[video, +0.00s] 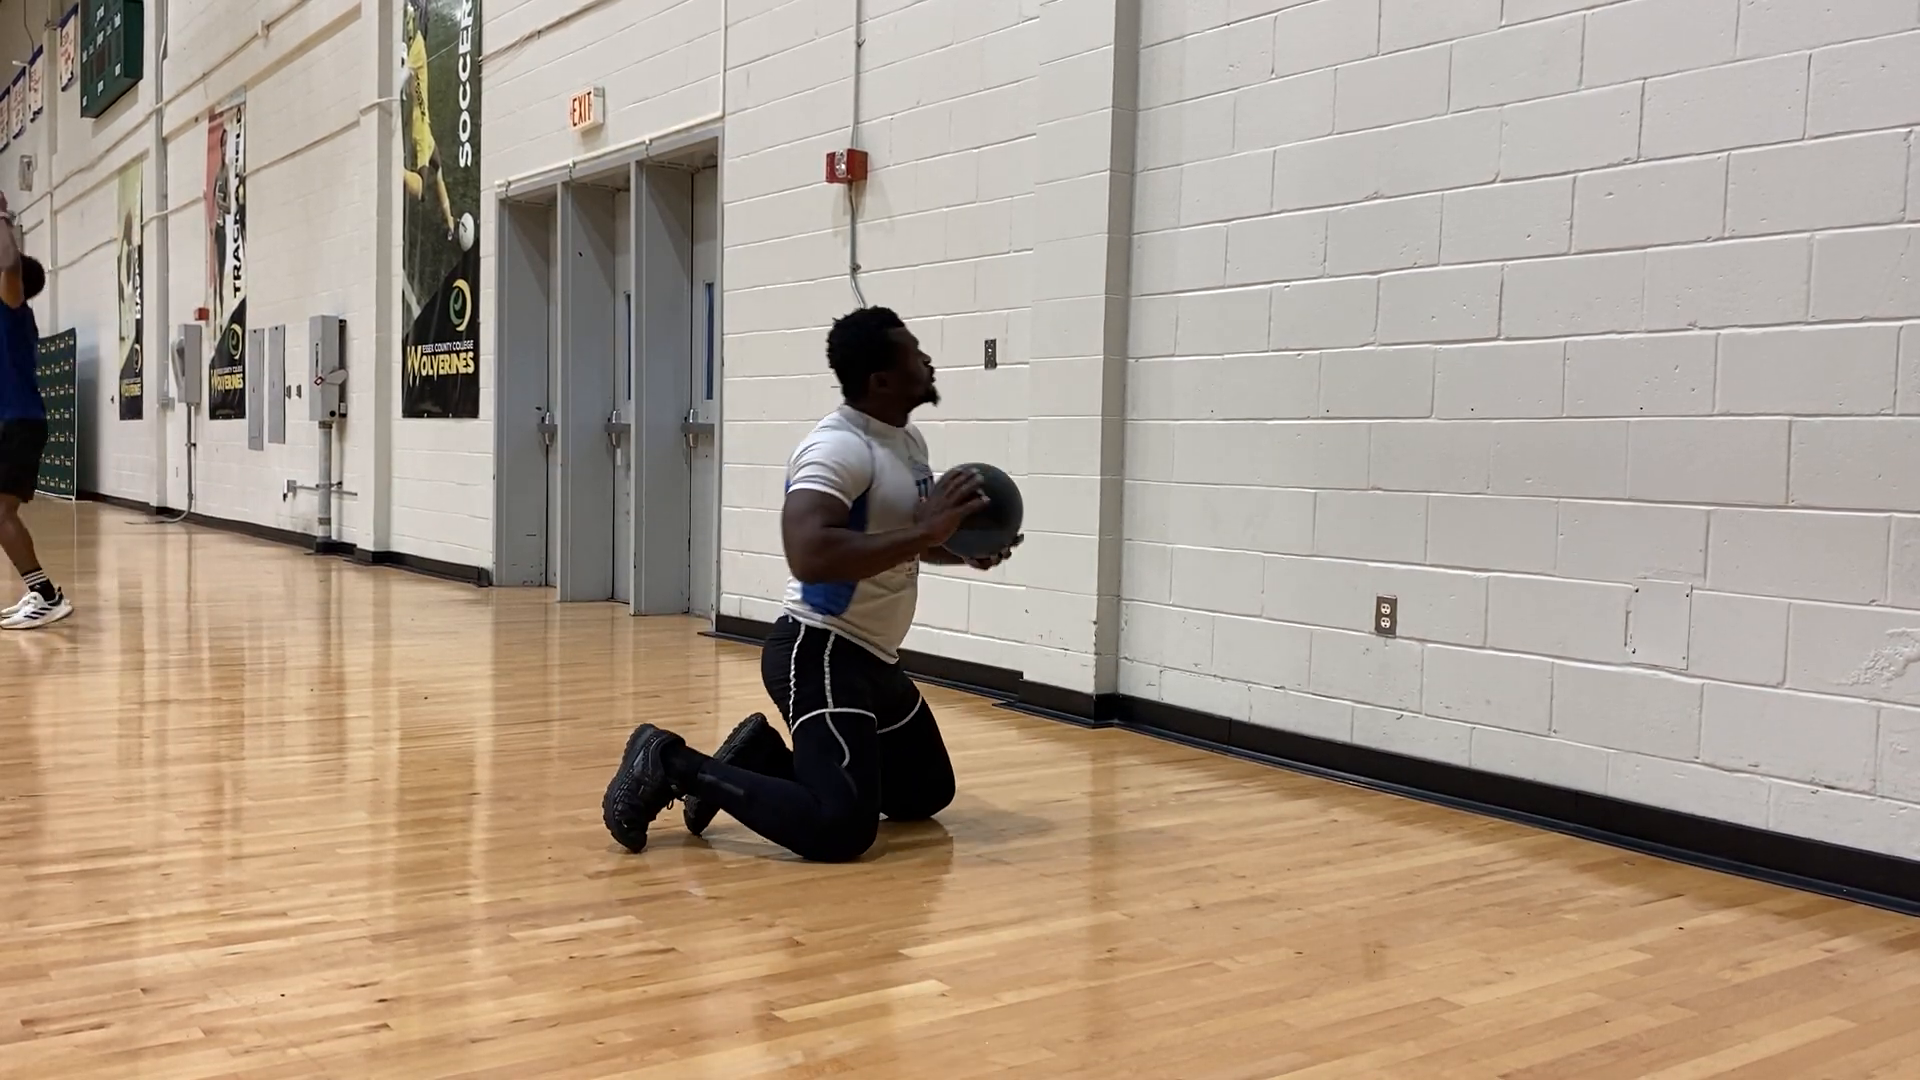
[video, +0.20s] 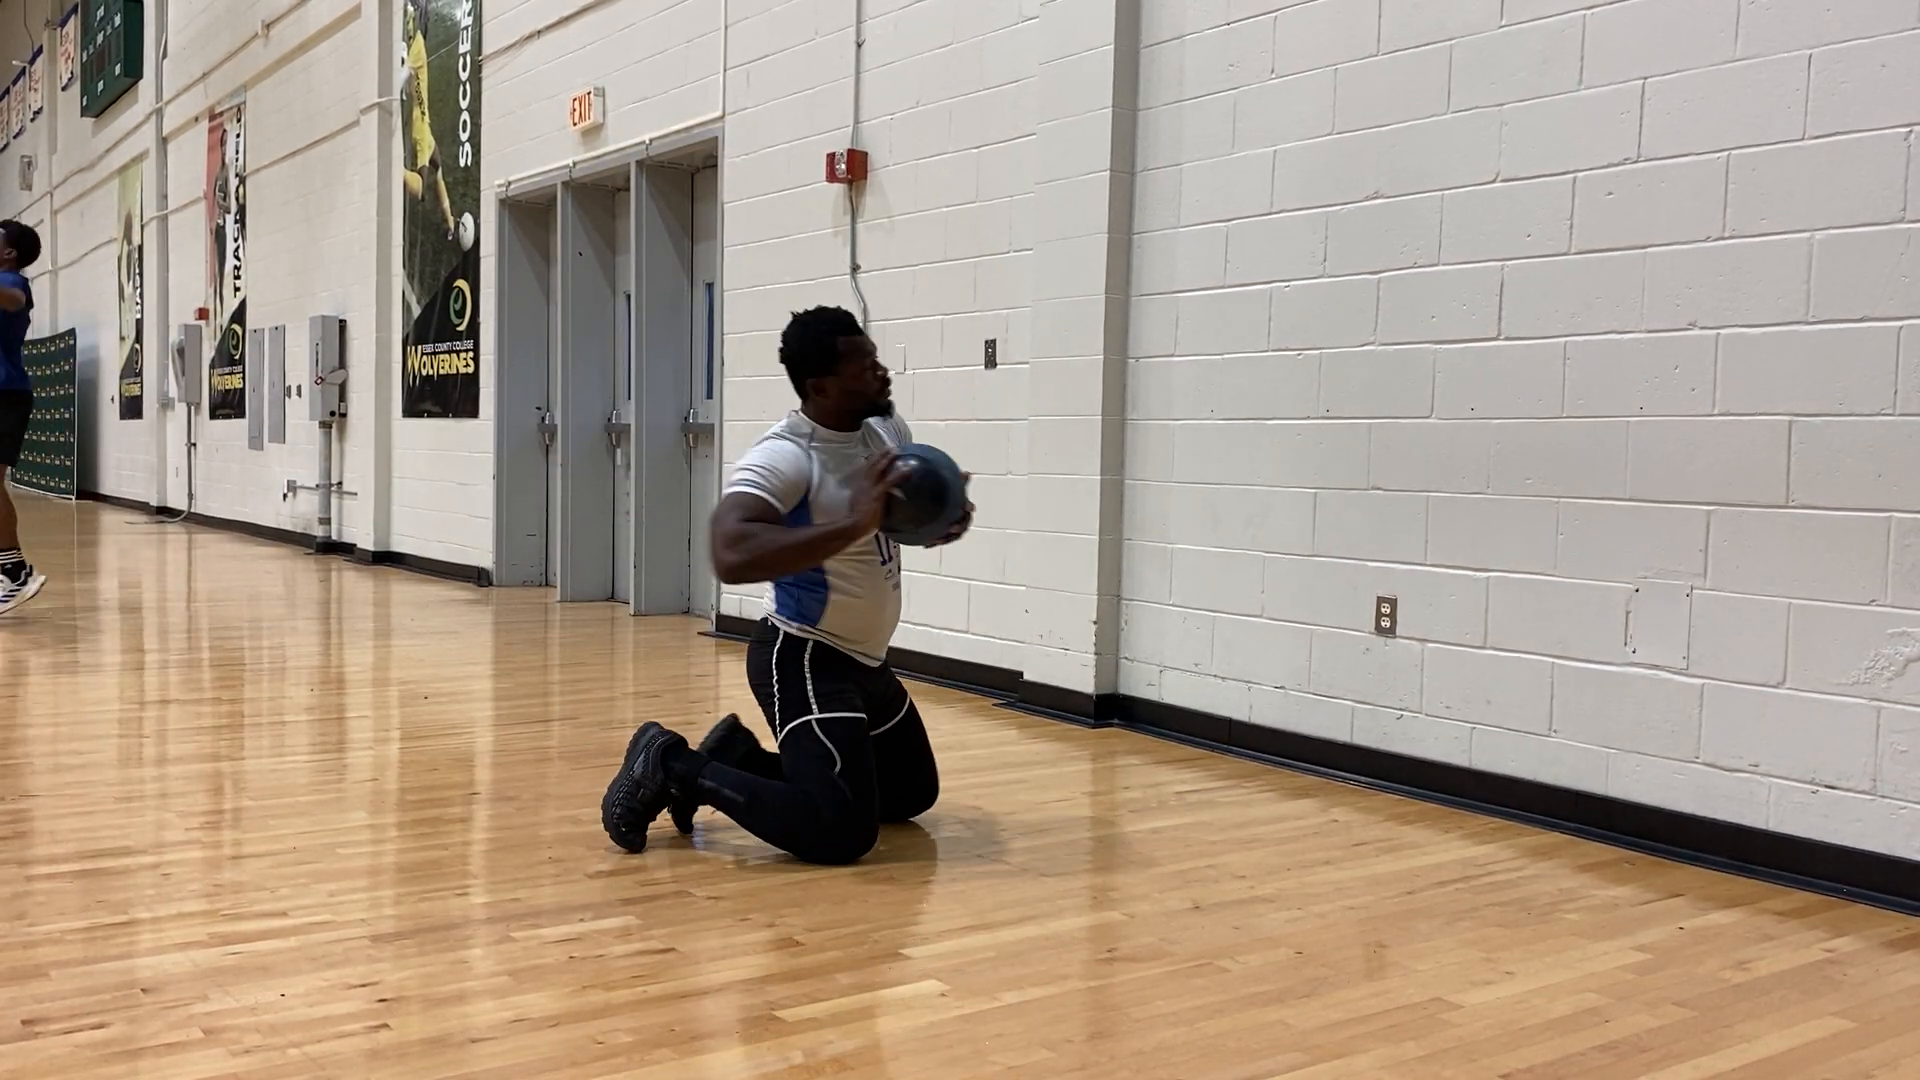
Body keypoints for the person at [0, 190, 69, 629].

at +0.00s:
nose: (9, 273)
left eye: (16, 269)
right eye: (14, 269)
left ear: (22, 280)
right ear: (23, 282)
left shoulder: (15, 308)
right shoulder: (15, 311)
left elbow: (11, 263)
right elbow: (13, 261)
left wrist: (4, 221)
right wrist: (7, 223)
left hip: (19, 420)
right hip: (17, 419)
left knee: (5, 510)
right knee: (5, 510)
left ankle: (43, 591)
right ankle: (40, 590)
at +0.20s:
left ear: (9, 251)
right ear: (15, 253)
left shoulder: (14, 281)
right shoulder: (12, 284)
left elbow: (14, 300)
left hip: (10, 391)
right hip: (9, 390)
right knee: (0, 481)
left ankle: (16, 570)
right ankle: (13, 568)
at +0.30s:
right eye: (1, 257)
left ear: (4, 266)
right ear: (10, 267)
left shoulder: (9, 299)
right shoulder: (8, 299)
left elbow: (12, 349)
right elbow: (13, 349)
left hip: (8, 407)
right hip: (8, 407)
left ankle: (5, 579)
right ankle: (4, 577)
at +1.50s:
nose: (14, 253)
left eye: (7, 244)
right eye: (15, 245)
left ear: (1, 250)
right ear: (14, 251)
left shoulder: (8, 285)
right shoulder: (12, 286)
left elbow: (5, 320)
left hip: (4, 394)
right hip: (4, 393)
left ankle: (4, 576)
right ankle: (3, 575)